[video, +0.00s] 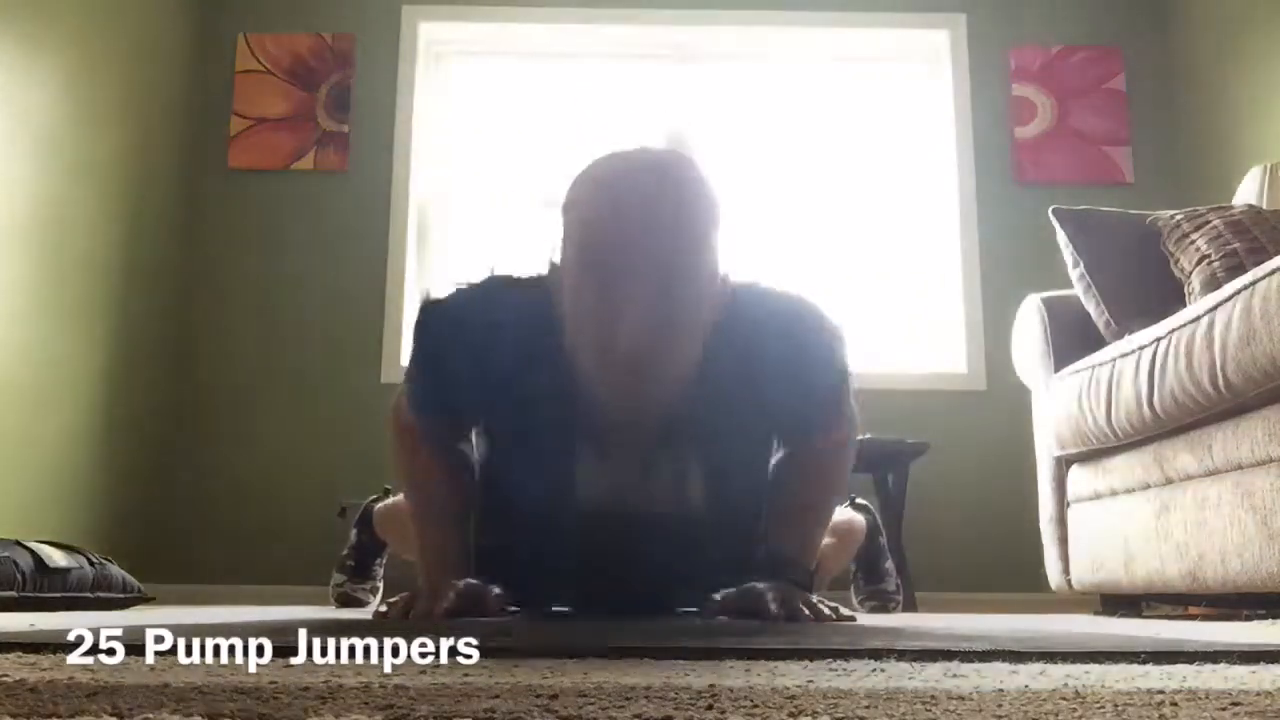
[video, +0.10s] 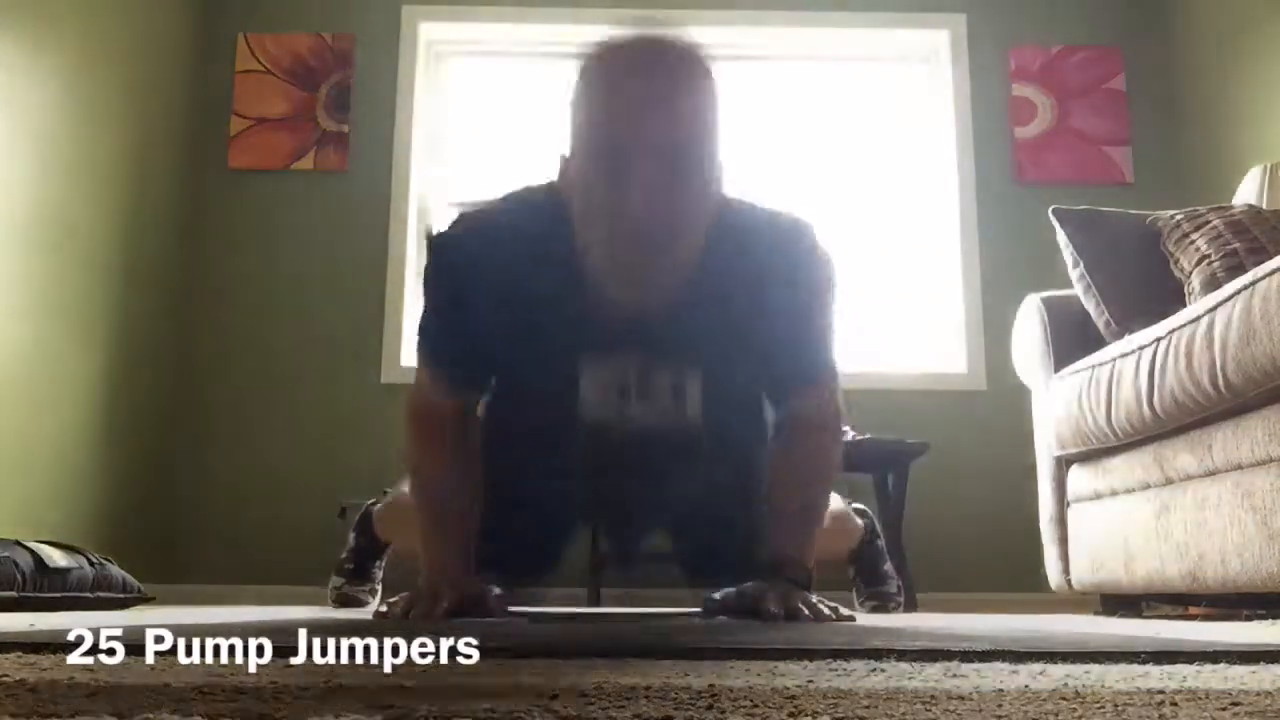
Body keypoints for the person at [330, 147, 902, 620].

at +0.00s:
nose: (628, 337)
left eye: (662, 306)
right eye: (604, 297)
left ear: (715, 281)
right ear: (563, 268)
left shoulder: (790, 340)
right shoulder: (471, 329)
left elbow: (826, 434)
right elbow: (421, 426)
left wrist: (778, 576)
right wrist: (446, 584)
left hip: (706, 585)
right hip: (531, 580)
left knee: (842, 534)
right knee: (402, 524)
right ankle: (382, 521)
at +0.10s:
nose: (645, 209)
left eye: (676, 173)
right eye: (617, 171)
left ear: (714, 170)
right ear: (570, 162)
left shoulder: (781, 258)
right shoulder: (479, 253)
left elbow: (811, 415)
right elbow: (439, 408)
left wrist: (784, 573)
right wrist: (449, 579)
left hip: (716, 548)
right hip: (525, 546)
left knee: (837, 533)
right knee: (408, 527)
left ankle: (860, 532)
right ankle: (378, 521)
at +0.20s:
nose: (640, 90)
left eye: (674, 56)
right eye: (612, 55)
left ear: (719, 68)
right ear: (566, 69)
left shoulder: (775, 178)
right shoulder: (481, 181)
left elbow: (800, 375)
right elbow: (448, 372)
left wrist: (783, 570)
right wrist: (443, 564)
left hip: (716, 385)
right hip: (542, 380)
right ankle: (423, 546)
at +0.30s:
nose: (637, 18)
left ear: (714, 6)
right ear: (565, 2)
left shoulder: (767, 90)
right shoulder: (485, 84)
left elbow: (822, 326)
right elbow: (417, 312)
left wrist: (811, 527)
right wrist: (423, 530)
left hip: (692, 317)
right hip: (545, 315)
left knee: (725, 416)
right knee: (511, 415)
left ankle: (748, 494)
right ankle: (473, 470)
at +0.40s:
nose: (639, 19)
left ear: (709, 6)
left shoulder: (772, 82)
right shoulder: (473, 82)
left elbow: (863, 311)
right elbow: (380, 297)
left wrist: (889, 511)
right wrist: (349, 495)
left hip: (684, 317)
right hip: (546, 315)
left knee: (683, 429)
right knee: (550, 422)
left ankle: (678, 486)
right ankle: (550, 476)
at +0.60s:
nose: (611, 273)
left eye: (644, 232)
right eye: (579, 233)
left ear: (691, 228)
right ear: (533, 229)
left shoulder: (756, 286)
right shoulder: (458, 286)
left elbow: (951, 383)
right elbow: (308, 392)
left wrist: (939, 578)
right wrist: (310, 579)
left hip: (678, 501)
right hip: (543, 498)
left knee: (664, 541)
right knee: (566, 531)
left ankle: (643, 563)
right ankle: (578, 565)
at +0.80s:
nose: (603, 489)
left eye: (641, 443)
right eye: (566, 440)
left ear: (701, 412)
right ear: (515, 407)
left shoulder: (769, 426)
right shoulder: (446, 420)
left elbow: (936, 378)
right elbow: (306, 372)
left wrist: (935, 575)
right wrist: (311, 576)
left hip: (685, 594)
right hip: (511, 595)